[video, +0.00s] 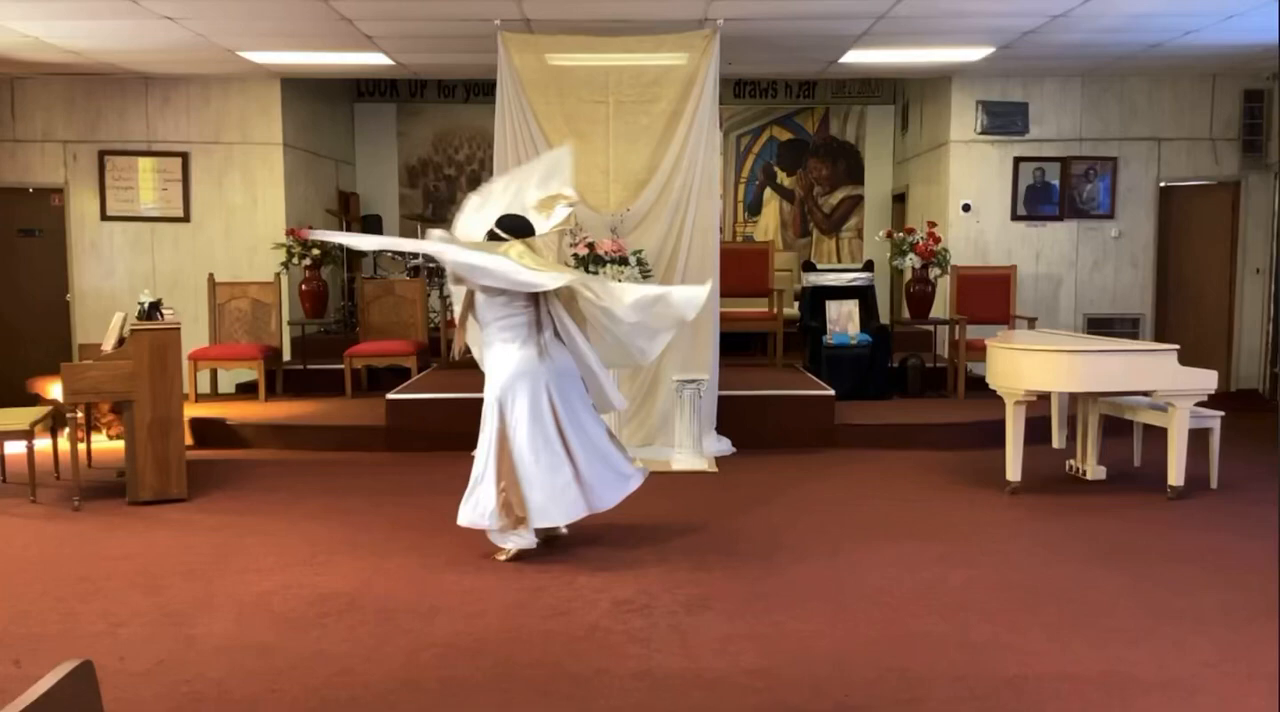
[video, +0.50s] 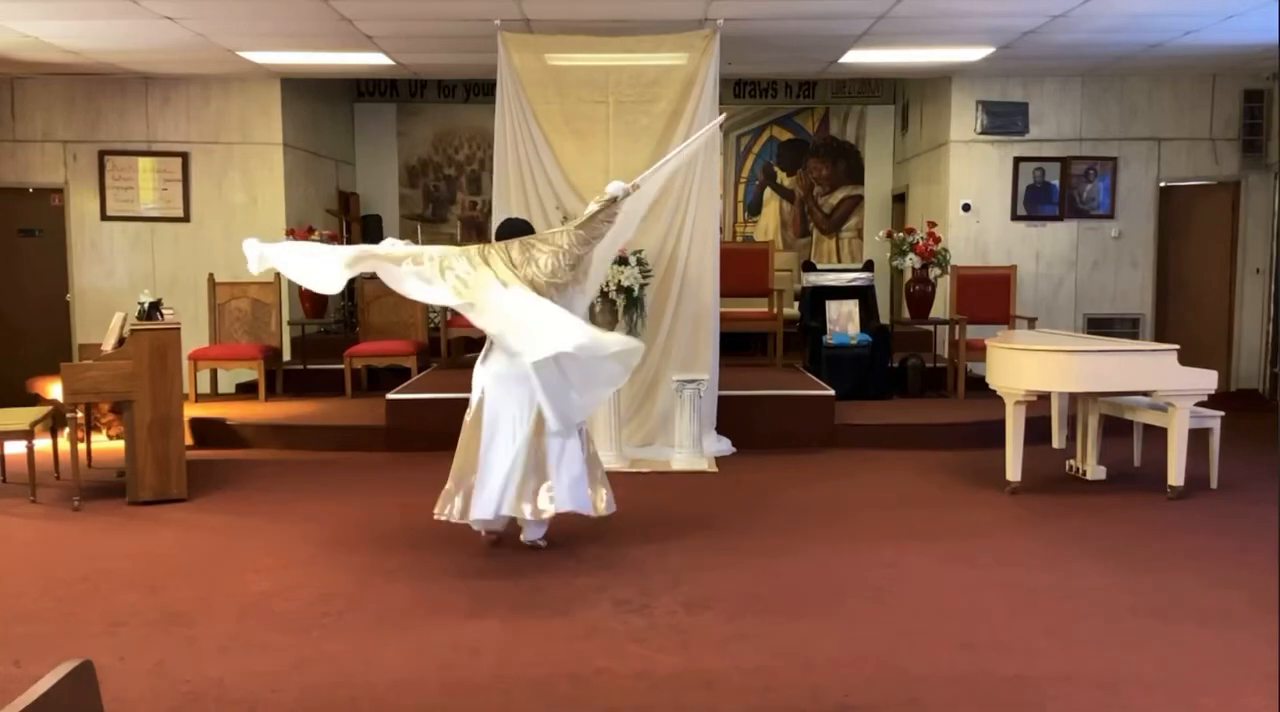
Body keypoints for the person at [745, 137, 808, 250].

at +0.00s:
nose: (777, 158)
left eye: (782, 155)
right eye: (778, 154)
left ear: (795, 157)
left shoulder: (805, 177)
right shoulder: (772, 175)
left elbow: (798, 199)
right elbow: (753, 212)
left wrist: (772, 183)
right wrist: (762, 184)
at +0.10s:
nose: (777, 158)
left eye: (782, 155)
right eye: (778, 154)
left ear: (795, 157)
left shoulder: (805, 177)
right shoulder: (772, 175)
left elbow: (799, 199)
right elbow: (753, 212)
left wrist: (772, 183)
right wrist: (762, 184)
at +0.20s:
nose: (777, 158)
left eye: (782, 155)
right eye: (778, 154)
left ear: (795, 157)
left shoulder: (805, 177)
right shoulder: (772, 175)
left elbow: (798, 199)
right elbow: (753, 212)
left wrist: (772, 183)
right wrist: (762, 184)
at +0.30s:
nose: (777, 158)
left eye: (782, 155)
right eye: (778, 154)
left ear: (795, 157)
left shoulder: (805, 177)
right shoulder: (772, 175)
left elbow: (798, 199)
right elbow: (753, 212)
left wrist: (772, 183)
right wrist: (762, 184)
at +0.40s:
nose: (777, 158)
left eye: (782, 155)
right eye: (778, 154)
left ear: (795, 157)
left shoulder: (805, 177)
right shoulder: (772, 175)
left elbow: (798, 199)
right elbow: (753, 212)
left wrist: (772, 183)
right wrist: (762, 184)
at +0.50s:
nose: (777, 158)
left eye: (782, 155)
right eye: (778, 154)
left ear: (795, 157)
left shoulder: (805, 177)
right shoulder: (772, 175)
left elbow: (798, 199)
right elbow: (753, 212)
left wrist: (772, 183)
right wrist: (762, 184)